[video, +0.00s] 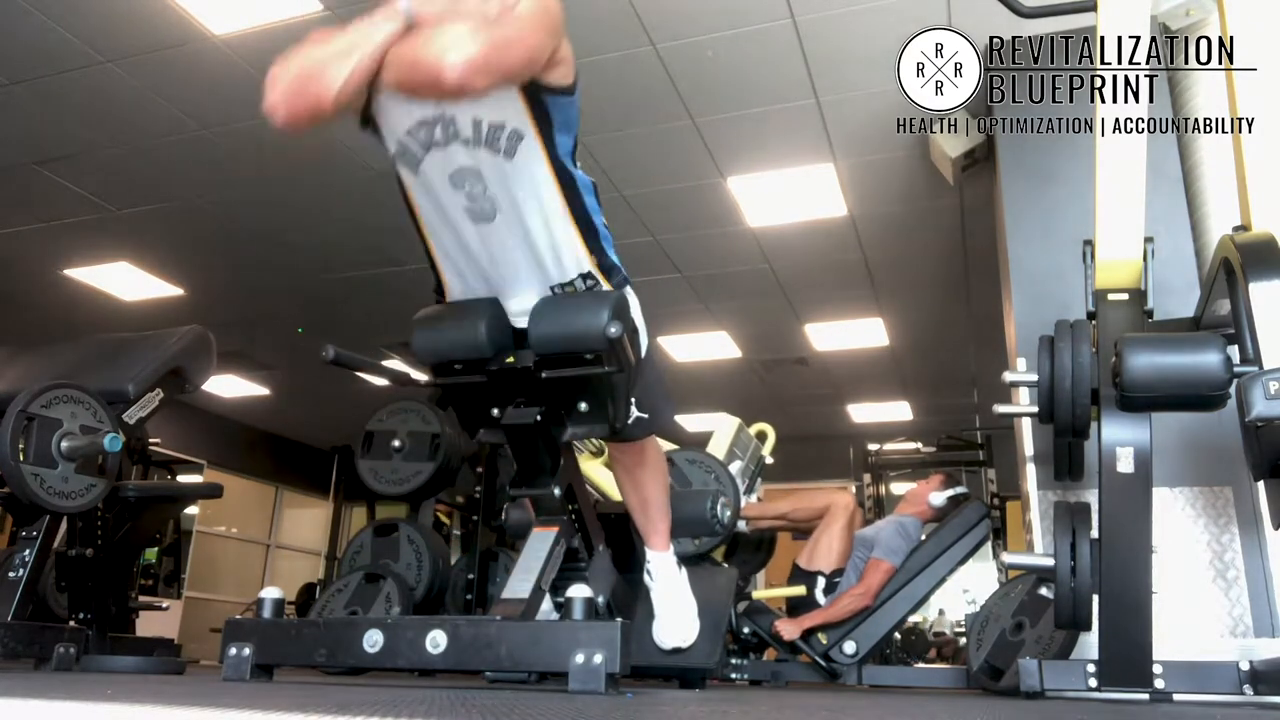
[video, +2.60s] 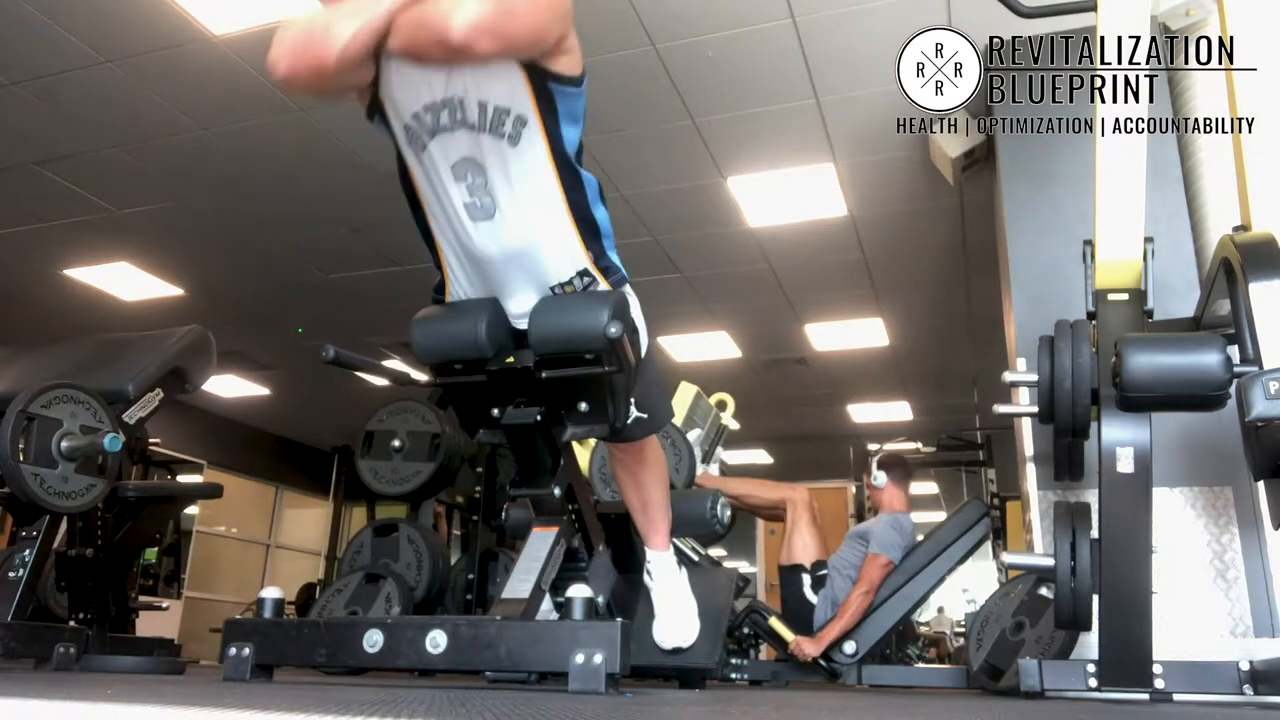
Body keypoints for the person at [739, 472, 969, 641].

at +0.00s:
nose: (917, 482)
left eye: (927, 481)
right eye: (926, 479)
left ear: (933, 497)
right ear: (934, 500)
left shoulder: (899, 528)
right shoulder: (904, 527)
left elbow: (865, 595)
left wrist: (801, 624)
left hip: (816, 605)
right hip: (820, 602)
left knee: (843, 500)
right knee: (843, 504)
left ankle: (739, 509)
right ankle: (750, 519)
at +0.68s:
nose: (907, 478)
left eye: (919, 478)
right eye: (912, 472)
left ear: (933, 499)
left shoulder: (901, 528)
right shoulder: (905, 526)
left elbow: (864, 595)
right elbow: (865, 591)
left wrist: (801, 624)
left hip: (816, 603)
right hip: (821, 598)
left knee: (814, 497)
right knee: (807, 502)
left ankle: (716, 487)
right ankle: (724, 498)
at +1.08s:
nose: (884, 480)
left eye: (893, 475)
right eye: (888, 474)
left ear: (912, 487)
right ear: (911, 490)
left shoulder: (895, 529)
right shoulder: (902, 527)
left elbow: (864, 597)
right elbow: (867, 593)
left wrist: (802, 625)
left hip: (814, 600)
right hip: (819, 595)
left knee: (781, 497)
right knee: (783, 505)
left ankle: (689, 466)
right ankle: (714, 490)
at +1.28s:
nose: (874, 484)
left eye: (879, 477)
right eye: (876, 477)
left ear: (898, 482)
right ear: (903, 483)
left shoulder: (893, 528)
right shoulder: (897, 527)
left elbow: (873, 597)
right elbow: (873, 594)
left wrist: (807, 616)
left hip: (814, 601)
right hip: (818, 597)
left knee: (757, 504)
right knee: (758, 506)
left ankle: (677, 461)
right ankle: (688, 466)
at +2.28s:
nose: (868, 490)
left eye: (869, 481)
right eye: (868, 482)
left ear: (882, 479)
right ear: (899, 481)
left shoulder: (890, 525)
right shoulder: (897, 524)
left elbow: (866, 591)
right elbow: (868, 591)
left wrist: (819, 641)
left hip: (814, 618)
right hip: (820, 613)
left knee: (779, 504)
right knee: (781, 506)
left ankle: (687, 467)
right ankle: (698, 475)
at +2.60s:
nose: (868, 490)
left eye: (869, 483)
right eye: (868, 483)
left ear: (879, 481)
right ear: (903, 482)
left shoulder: (889, 527)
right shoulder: (898, 525)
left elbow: (866, 592)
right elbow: (867, 591)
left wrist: (819, 641)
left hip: (814, 616)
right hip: (821, 611)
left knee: (798, 496)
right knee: (801, 505)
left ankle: (702, 479)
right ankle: (724, 497)